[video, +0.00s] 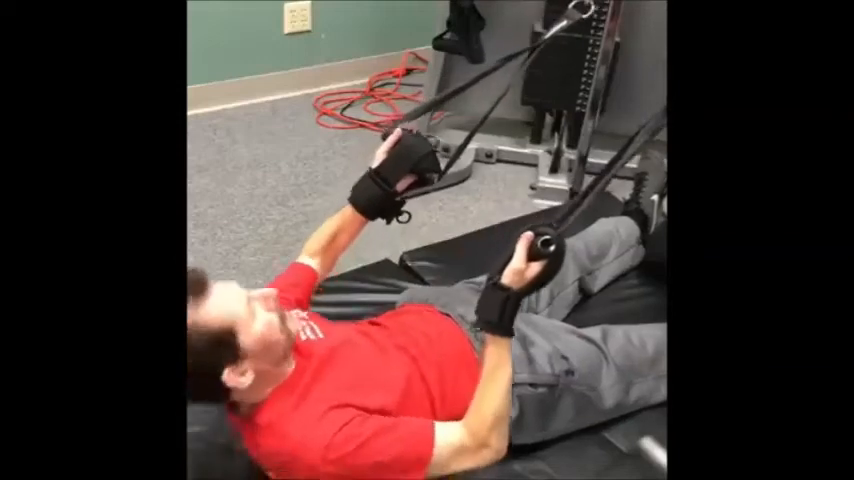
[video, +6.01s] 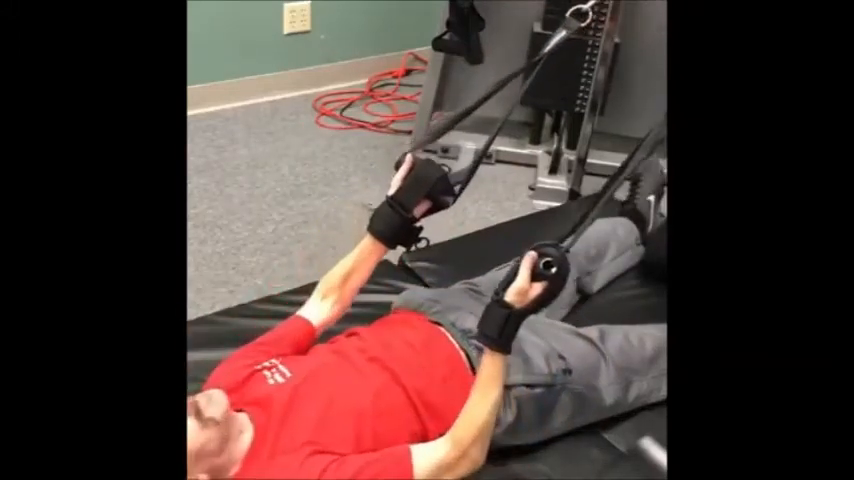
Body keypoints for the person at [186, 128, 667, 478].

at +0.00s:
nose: (267, 298)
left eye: (248, 294)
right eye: (250, 312)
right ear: (241, 377)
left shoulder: (265, 321)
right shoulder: (309, 443)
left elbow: (315, 259)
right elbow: (482, 443)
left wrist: (374, 190)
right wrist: (503, 308)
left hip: (438, 308)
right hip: (498, 374)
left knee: (551, 262)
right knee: (642, 355)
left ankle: (633, 225)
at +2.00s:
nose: (514, 159)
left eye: (516, 146)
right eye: (516, 146)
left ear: (435, 133)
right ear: (497, 149)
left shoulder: (367, 188)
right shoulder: (476, 254)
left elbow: (363, 171)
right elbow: (570, 398)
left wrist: (441, 135)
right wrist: (617, 259)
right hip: (482, 407)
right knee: (663, 347)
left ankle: (637, 216)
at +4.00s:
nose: (469, 166)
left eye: (468, 153)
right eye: (466, 154)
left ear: (380, 155)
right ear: (436, 170)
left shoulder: (338, 205)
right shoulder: (435, 283)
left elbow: (388, 172)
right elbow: (555, 396)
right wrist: (597, 270)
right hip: (475, 405)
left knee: (545, 264)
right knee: (660, 350)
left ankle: (626, 225)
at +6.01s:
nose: (202, 402)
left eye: (186, 401)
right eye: (192, 424)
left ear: (186, 394)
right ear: (201, 473)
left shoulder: (229, 375)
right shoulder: (289, 472)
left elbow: (327, 302)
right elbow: (456, 456)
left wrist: (392, 220)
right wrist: (503, 326)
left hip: (427, 312)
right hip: (493, 379)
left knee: (553, 269)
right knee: (648, 351)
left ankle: (635, 221)